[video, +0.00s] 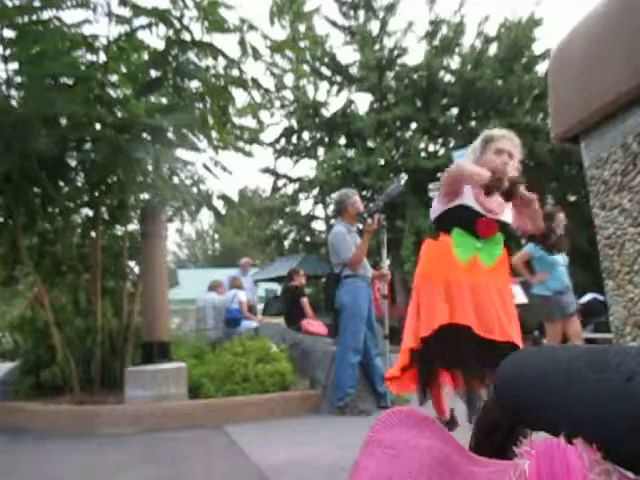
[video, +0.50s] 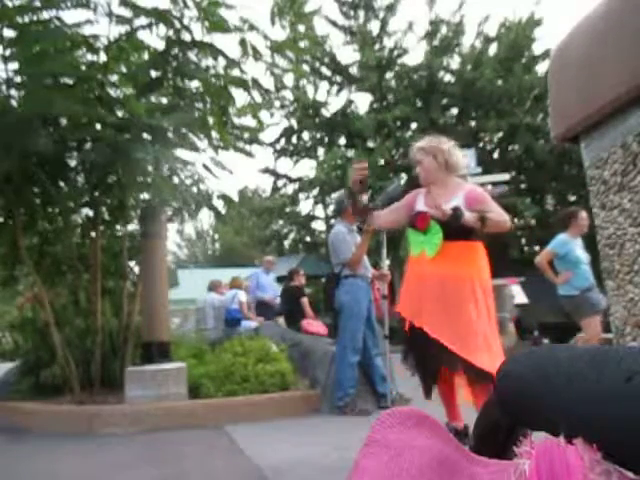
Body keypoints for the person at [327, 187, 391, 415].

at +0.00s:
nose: (361, 207)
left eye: (360, 203)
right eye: (357, 203)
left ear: (353, 207)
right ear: (346, 207)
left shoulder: (353, 232)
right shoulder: (338, 233)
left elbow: (358, 264)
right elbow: (353, 263)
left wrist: (375, 274)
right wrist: (367, 235)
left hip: (364, 284)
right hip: (351, 284)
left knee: (370, 342)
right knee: (351, 343)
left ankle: (383, 393)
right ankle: (344, 398)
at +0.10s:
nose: (361, 207)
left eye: (360, 203)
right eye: (357, 203)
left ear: (353, 207)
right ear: (346, 207)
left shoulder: (353, 232)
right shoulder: (338, 233)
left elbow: (358, 264)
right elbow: (353, 263)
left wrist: (375, 274)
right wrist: (367, 236)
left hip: (364, 284)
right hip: (351, 284)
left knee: (370, 343)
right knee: (351, 343)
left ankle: (385, 393)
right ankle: (344, 397)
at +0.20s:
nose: (362, 207)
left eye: (361, 203)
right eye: (357, 203)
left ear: (352, 207)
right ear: (347, 207)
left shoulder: (353, 232)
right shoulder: (339, 233)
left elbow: (358, 264)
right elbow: (353, 262)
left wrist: (374, 274)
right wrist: (368, 235)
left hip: (364, 283)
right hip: (351, 283)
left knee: (370, 343)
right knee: (351, 343)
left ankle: (385, 393)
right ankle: (343, 398)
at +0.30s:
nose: (362, 208)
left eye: (361, 204)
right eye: (357, 204)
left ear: (353, 208)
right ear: (347, 208)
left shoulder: (353, 232)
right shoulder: (339, 233)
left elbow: (359, 264)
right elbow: (353, 263)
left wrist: (375, 274)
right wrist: (368, 236)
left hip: (364, 283)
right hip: (351, 284)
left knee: (370, 343)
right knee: (351, 343)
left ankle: (385, 393)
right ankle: (344, 398)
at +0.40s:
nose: (362, 207)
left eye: (361, 203)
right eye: (358, 203)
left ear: (353, 207)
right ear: (347, 207)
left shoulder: (353, 232)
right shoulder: (339, 233)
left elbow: (359, 264)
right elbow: (353, 263)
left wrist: (375, 274)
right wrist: (367, 236)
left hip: (364, 283)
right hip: (351, 283)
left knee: (370, 343)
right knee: (351, 343)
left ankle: (385, 393)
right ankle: (344, 398)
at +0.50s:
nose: (361, 211)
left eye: (360, 206)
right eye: (357, 206)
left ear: (349, 209)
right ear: (346, 209)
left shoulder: (352, 232)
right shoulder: (339, 233)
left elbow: (358, 266)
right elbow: (352, 262)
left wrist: (375, 274)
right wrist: (367, 235)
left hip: (363, 284)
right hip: (350, 284)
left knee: (370, 343)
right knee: (350, 344)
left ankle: (385, 393)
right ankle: (344, 398)